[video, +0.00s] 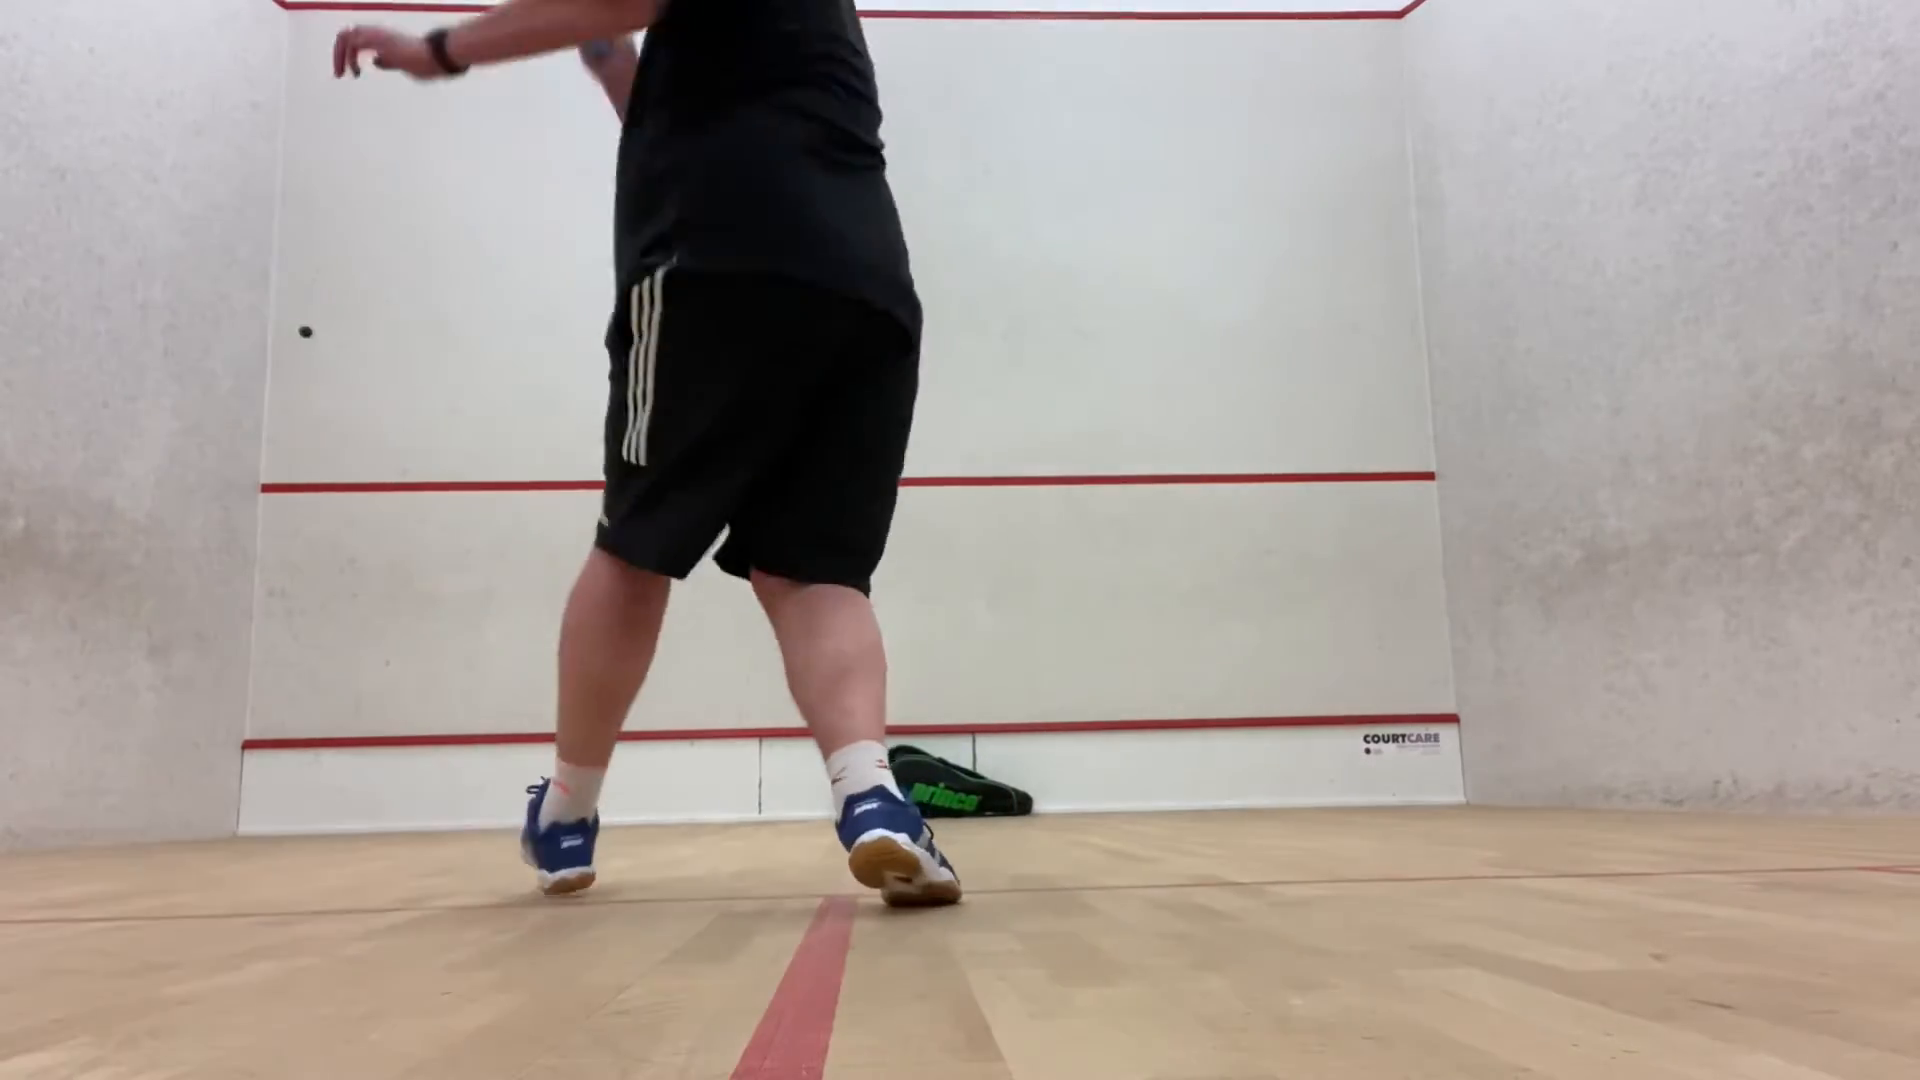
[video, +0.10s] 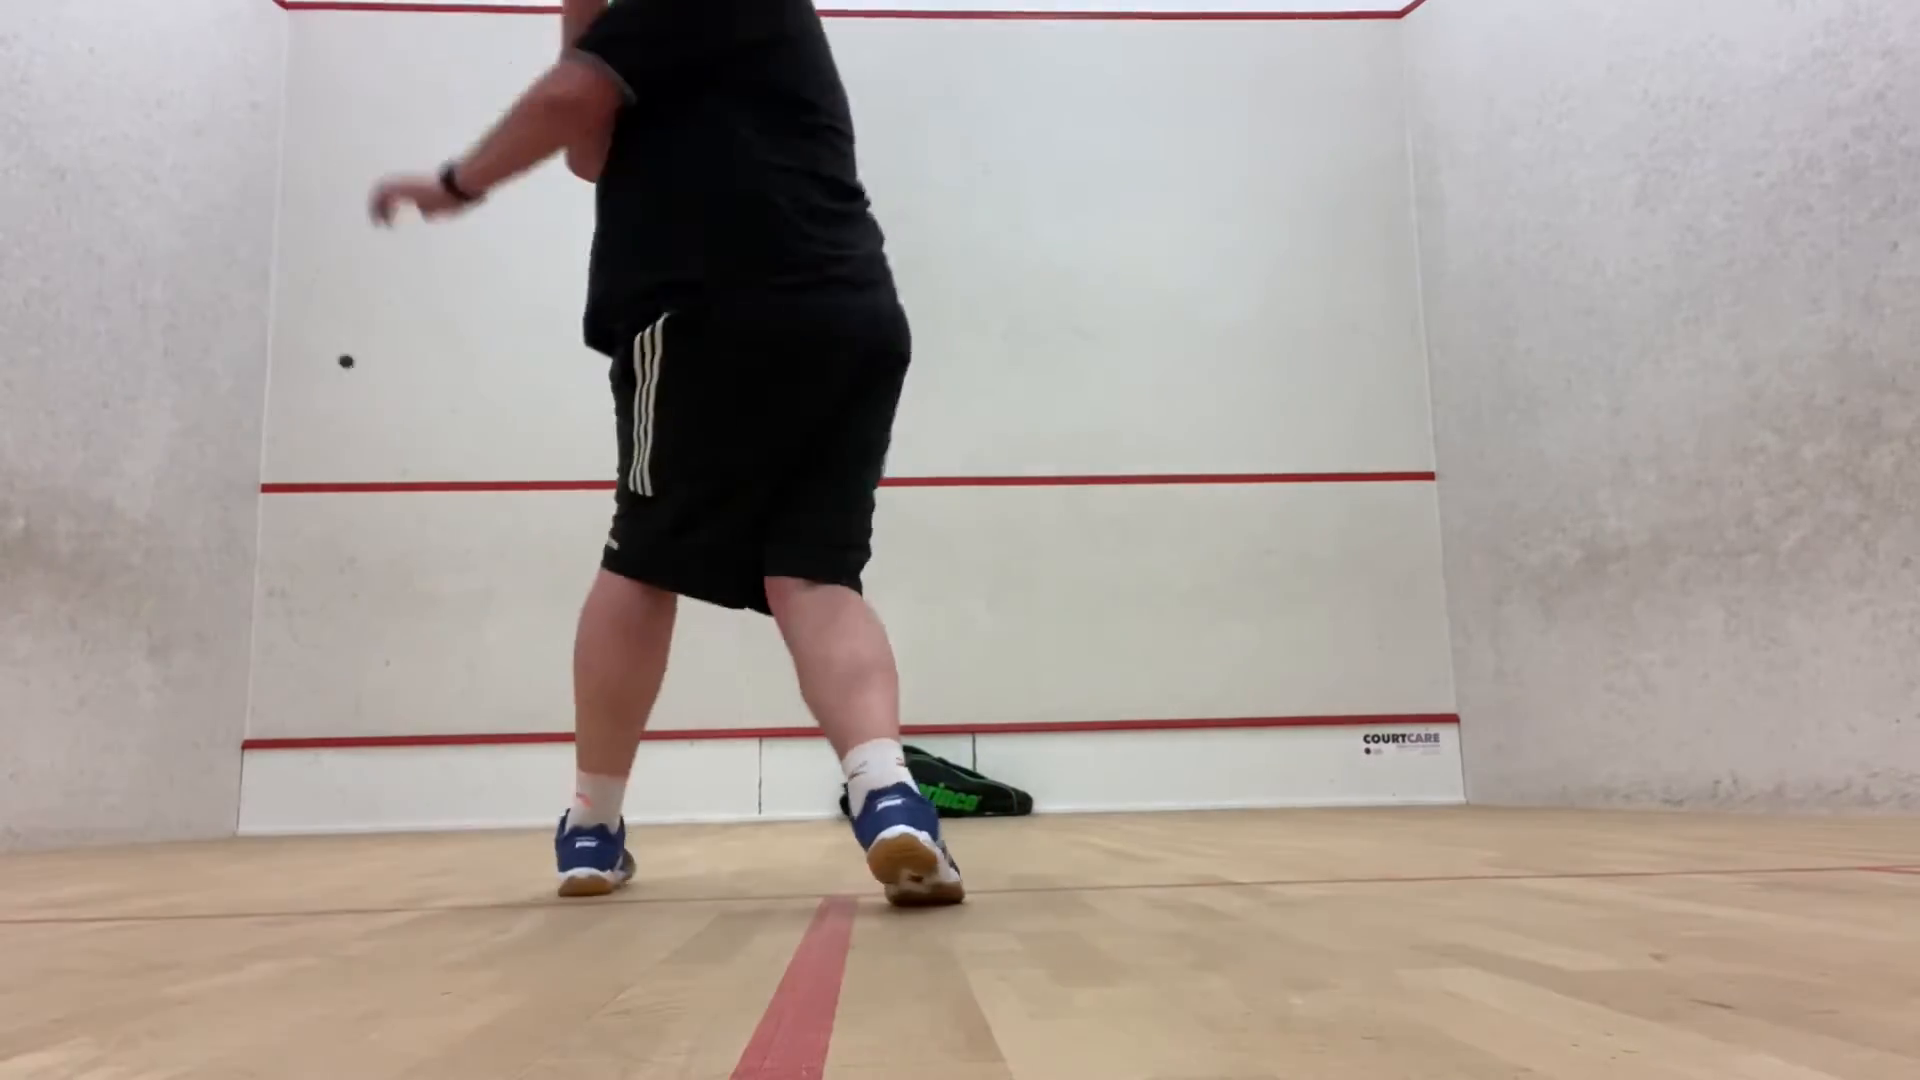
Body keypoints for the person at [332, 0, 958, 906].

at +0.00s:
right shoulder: (825, 19)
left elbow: (615, 6)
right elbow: (686, 138)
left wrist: (440, 49)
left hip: (708, 257)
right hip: (868, 273)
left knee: (638, 544)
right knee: (815, 555)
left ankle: (568, 816)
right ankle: (873, 800)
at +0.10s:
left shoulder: (649, 9)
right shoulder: (784, 19)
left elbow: (575, 105)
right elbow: (593, 153)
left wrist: (460, 182)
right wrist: (587, 26)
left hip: (700, 313)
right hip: (852, 310)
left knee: (642, 562)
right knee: (817, 570)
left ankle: (593, 827)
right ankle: (888, 796)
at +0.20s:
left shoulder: (634, 21)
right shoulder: (763, 48)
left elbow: (566, 195)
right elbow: (636, 221)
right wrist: (506, 155)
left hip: (678, 348)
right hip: (831, 345)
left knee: (618, 574)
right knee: (810, 583)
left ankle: (593, 829)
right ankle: (914, 769)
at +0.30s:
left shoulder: (564, 34)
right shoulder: (765, 53)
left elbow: (547, 223)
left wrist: (600, 339)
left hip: (660, 347)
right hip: (806, 337)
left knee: (633, 579)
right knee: (811, 569)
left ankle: (596, 831)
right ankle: (946, 721)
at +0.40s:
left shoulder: (554, 42)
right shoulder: (757, 38)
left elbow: (519, 220)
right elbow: (895, 160)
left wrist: (602, 324)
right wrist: (996, 207)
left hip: (631, 347)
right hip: (782, 324)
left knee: (650, 566)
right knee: (848, 529)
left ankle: (599, 828)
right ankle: (950, 706)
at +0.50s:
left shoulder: (581, 41)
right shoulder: (796, 16)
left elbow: (555, 232)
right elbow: (960, 41)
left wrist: (645, 310)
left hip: (625, 344)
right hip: (778, 322)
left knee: (640, 581)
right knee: (883, 533)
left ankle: (597, 827)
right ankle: (965, 740)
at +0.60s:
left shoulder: (607, 36)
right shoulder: (822, 16)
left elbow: (582, 213)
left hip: (631, 337)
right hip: (784, 323)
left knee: (642, 583)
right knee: (887, 535)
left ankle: (598, 829)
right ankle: (983, 762)